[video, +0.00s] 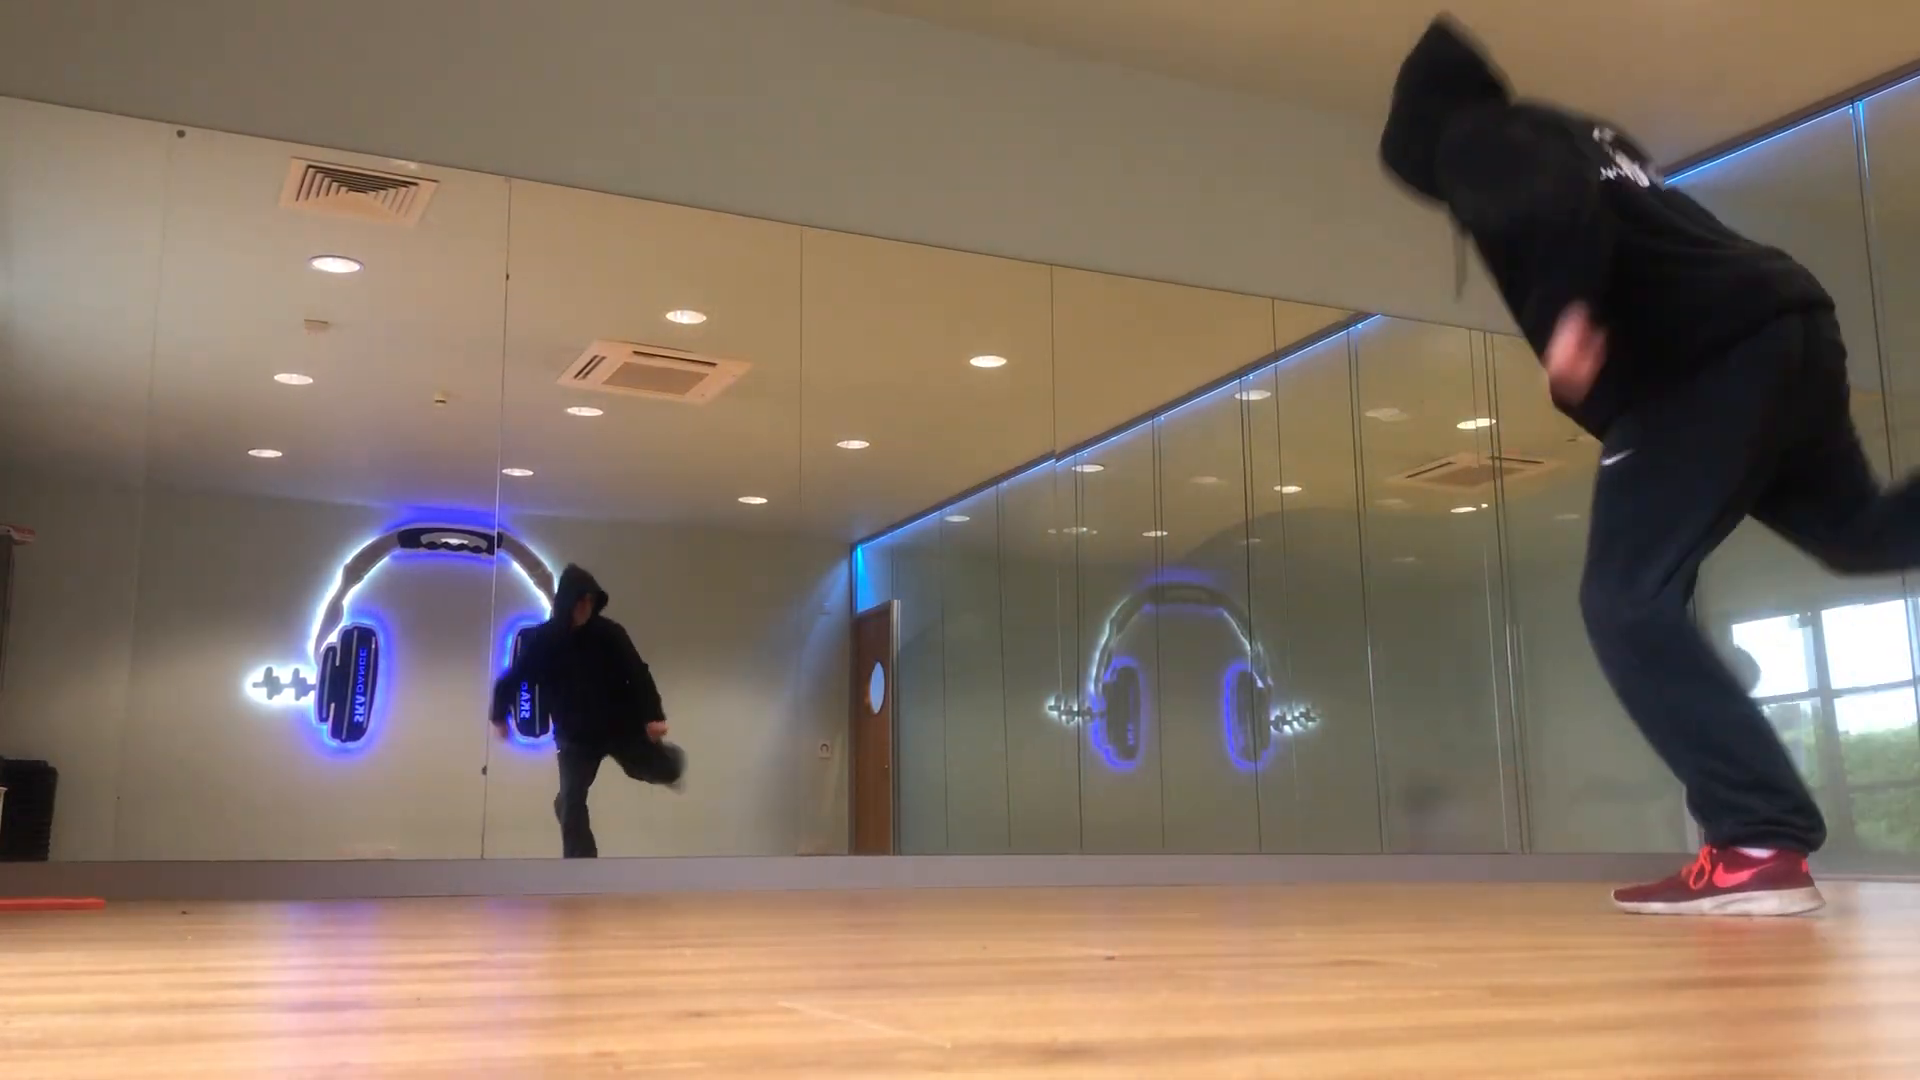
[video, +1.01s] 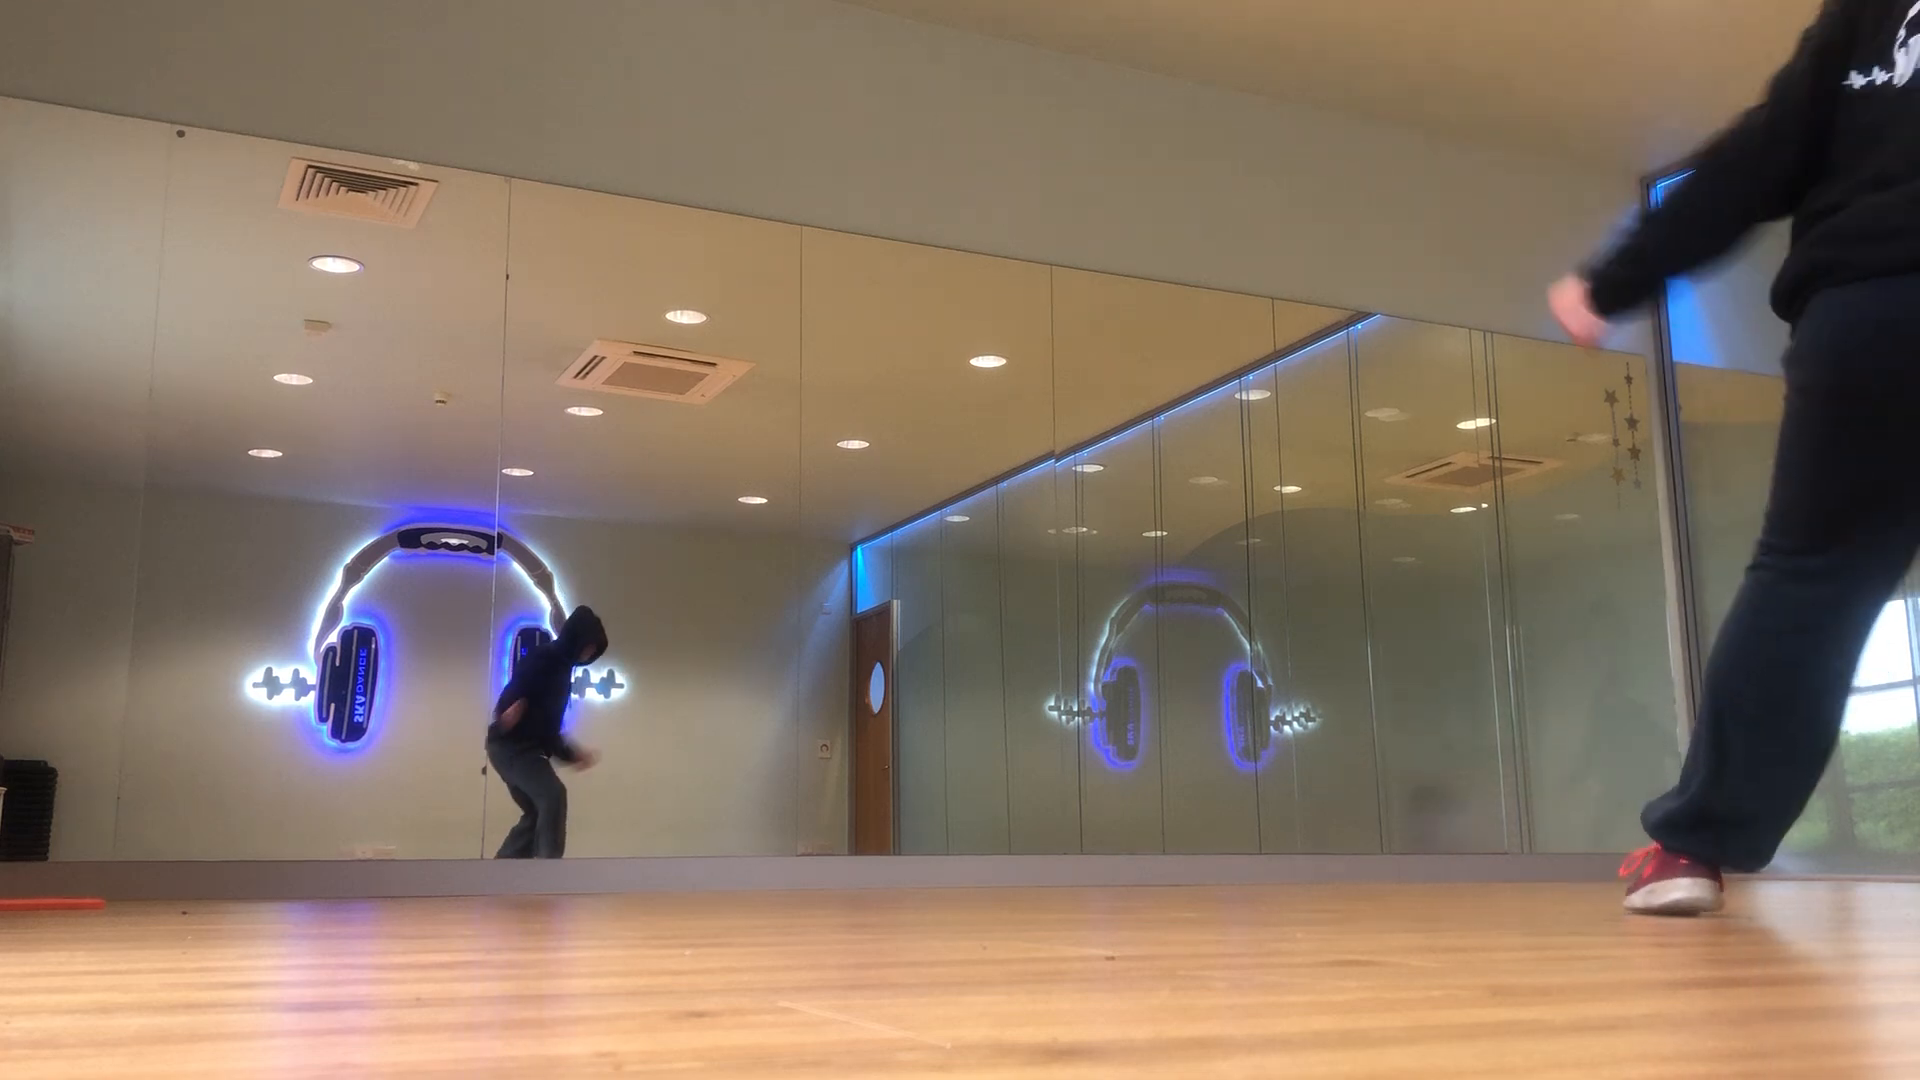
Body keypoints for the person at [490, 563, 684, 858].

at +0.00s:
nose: (584, 606)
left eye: (587, 600)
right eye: (580, 599)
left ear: (592, 602)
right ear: (570, 601)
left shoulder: (610, 634)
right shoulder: (544, 640)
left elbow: (639, 675)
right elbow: (513, 679)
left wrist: (654, 715)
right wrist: (499, 713)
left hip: (620, 728)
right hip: (577, 735)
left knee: (645, 767)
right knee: (570, 800)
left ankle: (672, 766)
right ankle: (581, 867)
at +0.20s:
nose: (583, 576)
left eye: (589, 570)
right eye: (577, 570)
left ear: (595, 572)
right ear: (565, 571)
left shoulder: (610, 604)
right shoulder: (546, 607)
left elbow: (632, 645)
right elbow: (512, 643)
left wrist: (616, 669)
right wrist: (496, 678)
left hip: (598, 702)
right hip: (561, 705)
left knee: (626, 769)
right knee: (575, 786)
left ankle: (547, 781)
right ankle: (547, 868)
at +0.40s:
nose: (609, 622)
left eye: (614, 616)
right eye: (605, 614)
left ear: (616, 617)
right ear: (589, 611)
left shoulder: (604, 643)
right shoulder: (556, 633)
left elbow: (627, 664)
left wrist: (654, 687)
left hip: (574, 728)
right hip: (538, 729)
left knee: (604, 785)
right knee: (566, 794)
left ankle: (549, 833)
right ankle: (552, 870)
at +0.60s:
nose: (594, 606)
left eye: (597, 601)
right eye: (591, 599)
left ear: (597, 600)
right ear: (577, 592)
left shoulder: (586, 622)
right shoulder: (548, 617)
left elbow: (604, 648)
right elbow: (538, 671)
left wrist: (635, 664)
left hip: (563, 718)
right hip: (535, 719)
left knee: (576, 786)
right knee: (556, 791)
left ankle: (521, 836)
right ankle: (547, 868)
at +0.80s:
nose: (587, 622)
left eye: (591, 618)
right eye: (588, 615)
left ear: (571, 603)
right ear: (578, 606)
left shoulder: (558, 629)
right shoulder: (548, 624)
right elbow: (506, 645)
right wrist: (458, 660)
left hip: (543, 729)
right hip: (539, 730)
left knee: (533, 804)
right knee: (556, 800)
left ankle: (507, 866)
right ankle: (544, 869)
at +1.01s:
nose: (590, 654)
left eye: (594, 650)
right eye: (590, 647)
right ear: (580, 640)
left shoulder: (562, 673)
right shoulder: (545, 655)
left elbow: (547, 732)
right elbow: (520, 682)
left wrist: (572, 755)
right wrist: (511, 710)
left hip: (525, 747)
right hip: (511, 743)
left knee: (536, 814)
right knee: (552, 793)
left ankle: (502, 872)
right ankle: (547, 869)